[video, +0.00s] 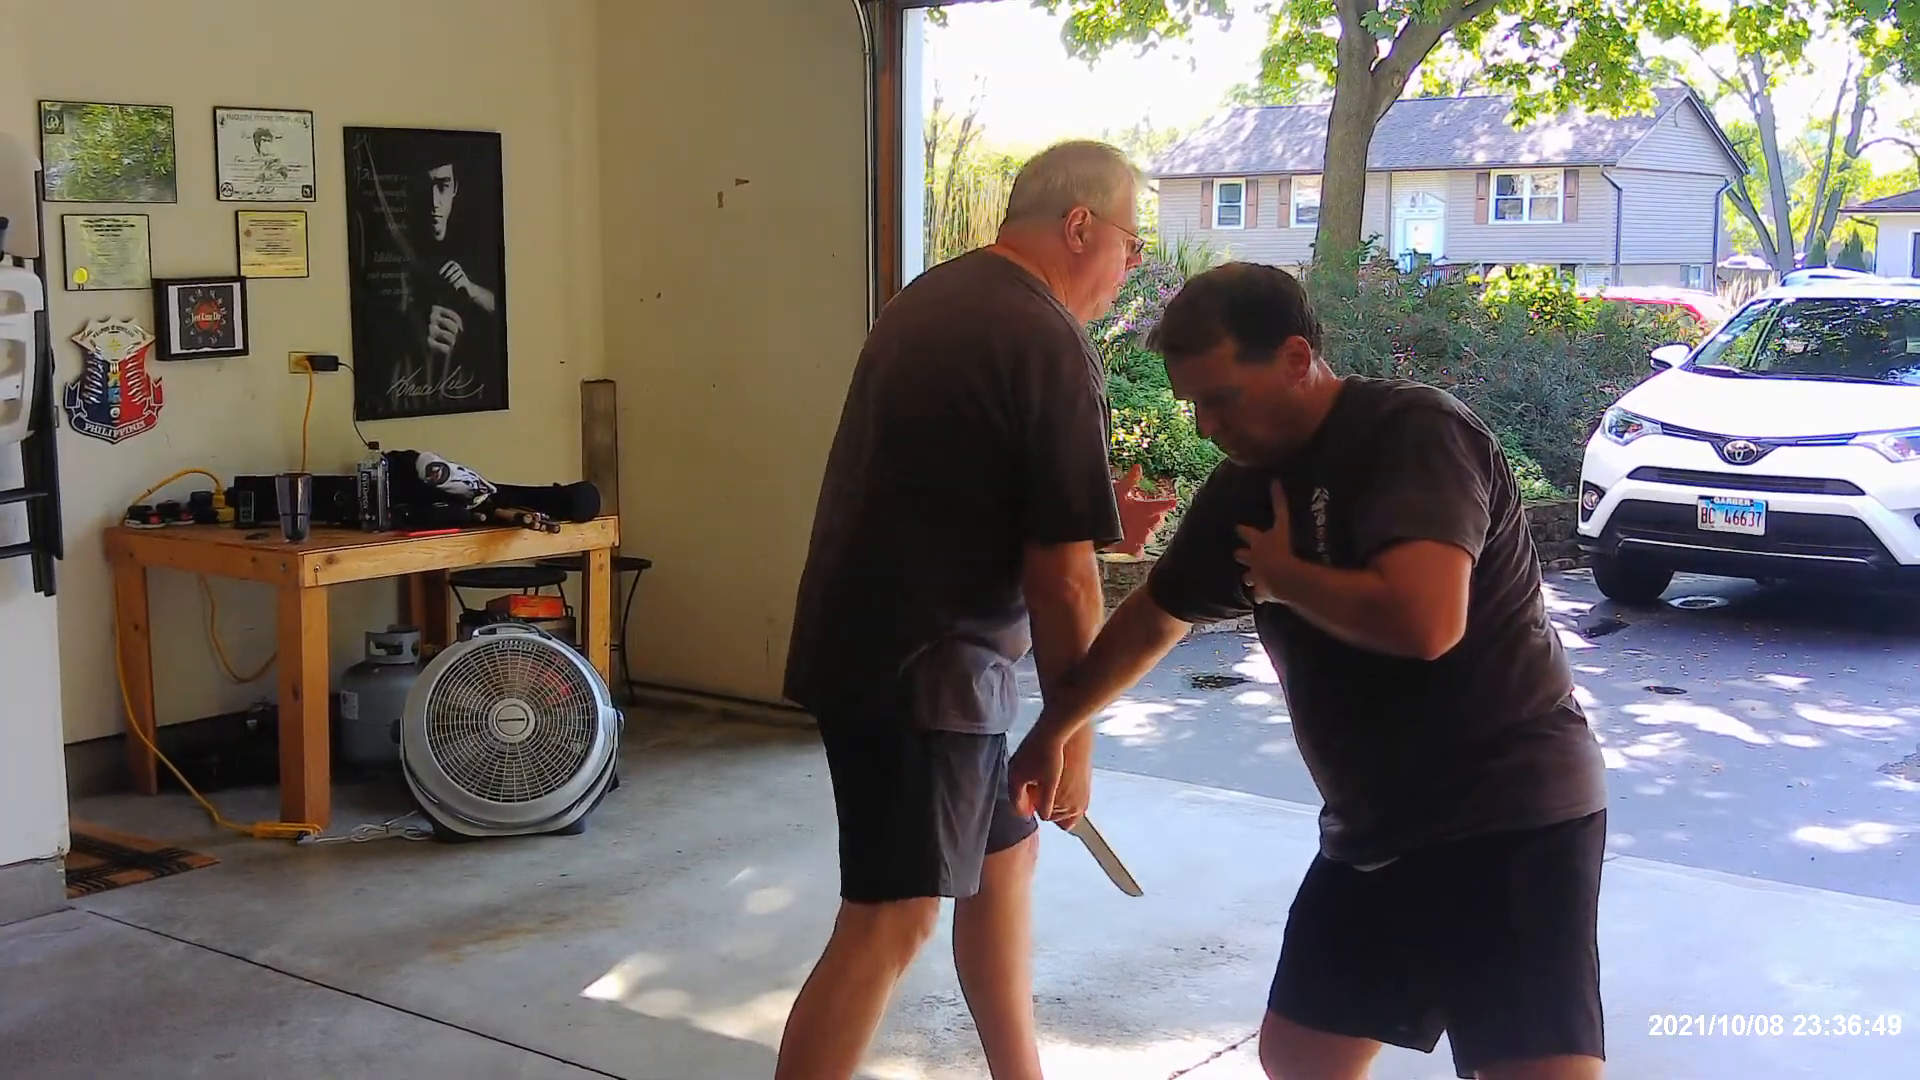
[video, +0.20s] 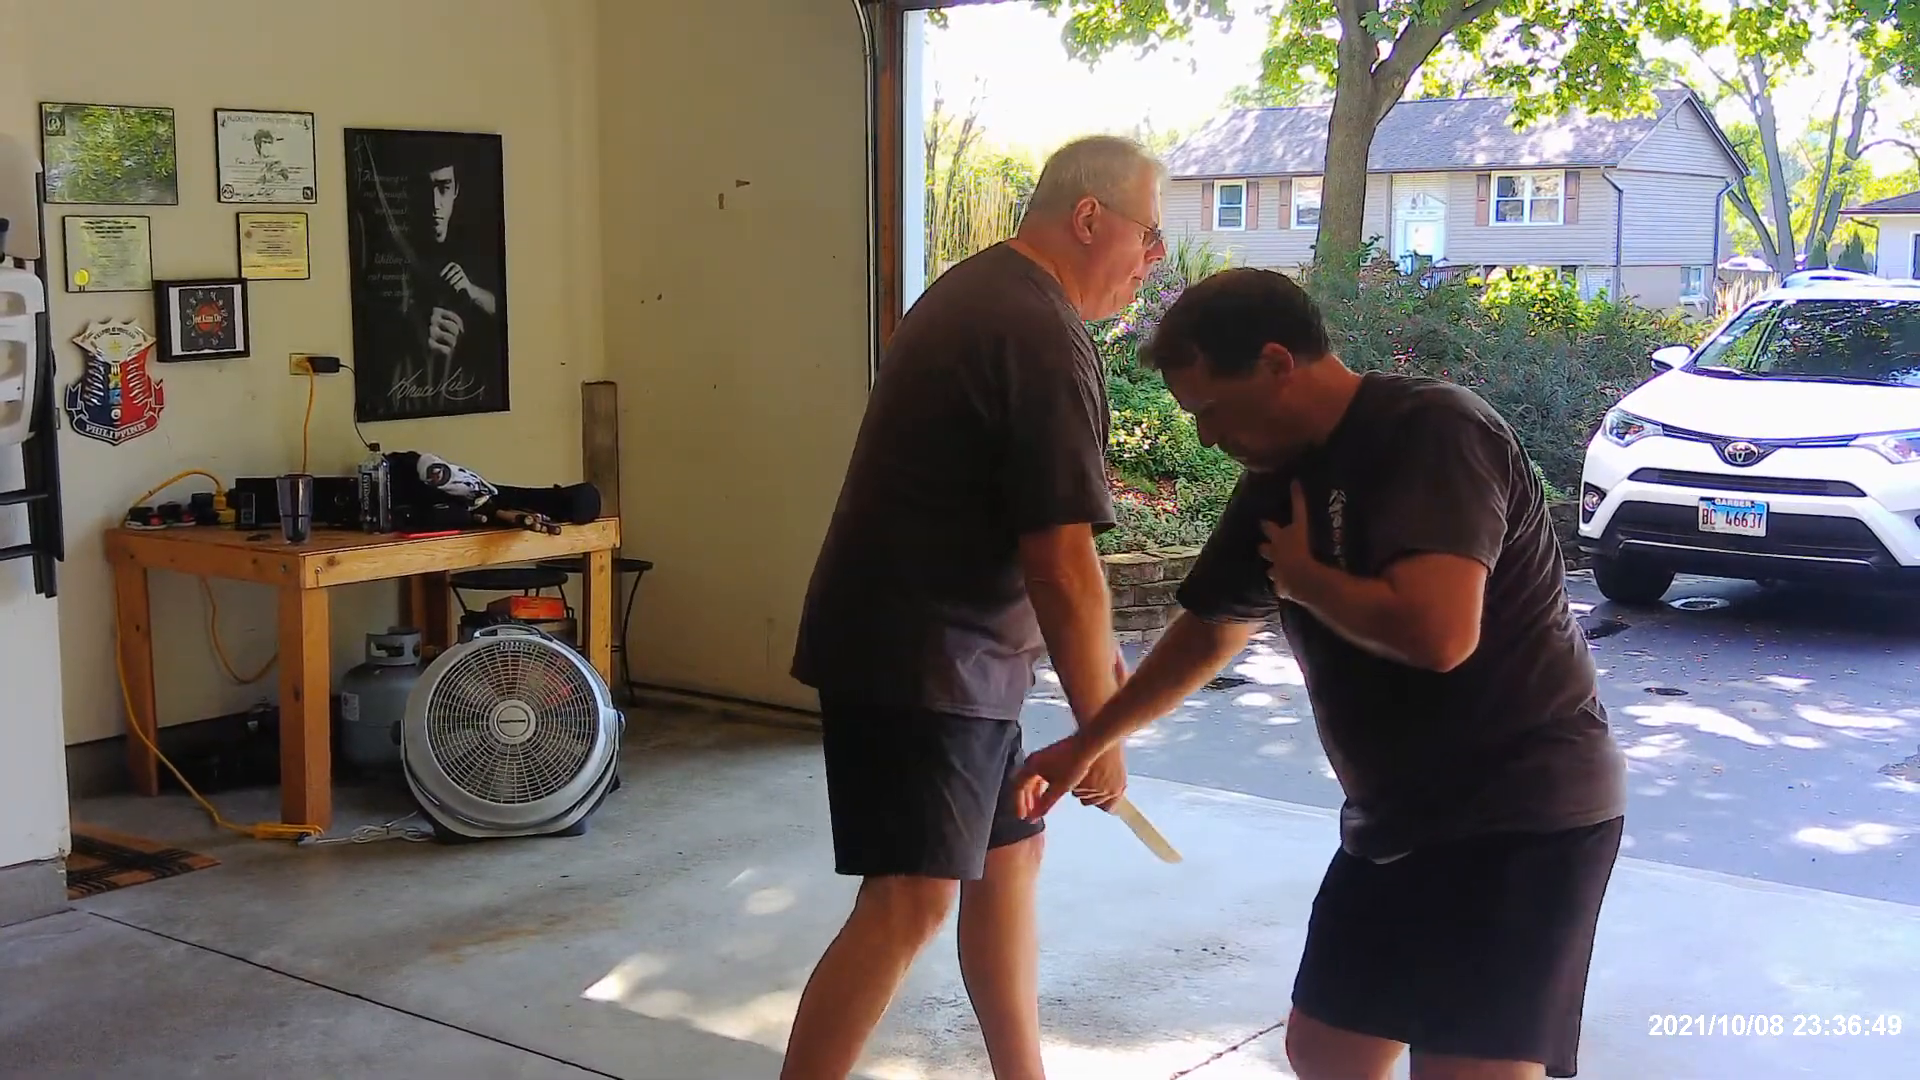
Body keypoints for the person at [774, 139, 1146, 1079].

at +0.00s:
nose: (1127, 273)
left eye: (1132, 251)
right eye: (1128, 247)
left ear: (1046, 221)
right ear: (1079, 226)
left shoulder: (932, 295)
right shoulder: (1043, 339)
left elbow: (941, 496)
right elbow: (1061, 573)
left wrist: (1087, 517)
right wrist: (1073, 732)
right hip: (925, 662)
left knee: (1005, 848)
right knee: (887, 921)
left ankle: (1019, 1069)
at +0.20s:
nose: (1154, 258)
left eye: (1156, 239)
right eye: (1147, 234)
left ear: (1073, 218)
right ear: (1088, 218)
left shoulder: (975, 289)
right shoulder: (1036, 329)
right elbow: (1060, 561)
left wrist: (1088, 656)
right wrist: (1102, 734)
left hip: (956, 648)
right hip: (917, 657)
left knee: (1008, 848)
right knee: (910, 899)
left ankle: (1021, 1071)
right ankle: (802, 1073)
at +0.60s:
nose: (1034, 210)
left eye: (1040, 193)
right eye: (1017, 190)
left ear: (1026, 200)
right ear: (948, 188)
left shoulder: (988, 313)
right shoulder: (904, 310)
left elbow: (1024, 497)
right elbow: (950, 513)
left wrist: (1056, 638)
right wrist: (1066, 641)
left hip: (958, 652)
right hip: (862, 658)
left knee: (997, 843)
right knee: (860, 867)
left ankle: (1020, 1073)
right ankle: (782, 1066)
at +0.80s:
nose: (933, 193)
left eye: (943, 175)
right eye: (908, 175)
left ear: (950, 185)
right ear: (850, 185)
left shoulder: (937, 300)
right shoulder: (812, 313)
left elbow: (988, 467)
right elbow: (827, 518)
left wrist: (1049, 614)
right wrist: (916, 675)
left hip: (926, 642)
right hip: (821, 651)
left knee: (961, 839)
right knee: (824, 852)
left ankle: (1000, 1068)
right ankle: (781, 1064)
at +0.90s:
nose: (896, 183)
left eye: (906, 165)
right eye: (871, 166)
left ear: (918, 177)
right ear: (818, 181)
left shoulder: (919, 295)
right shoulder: (778, 313)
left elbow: (966, 458)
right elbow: (759, 517)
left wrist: (1023, 605)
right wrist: (801, 689)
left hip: (914, 648)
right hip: (812, 662)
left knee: (951, 838)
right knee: (813, 851)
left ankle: (990, 1069)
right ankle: (781, 1064)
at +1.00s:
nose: (875, 182)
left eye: (885, 162)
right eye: (848, 166)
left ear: (899, 174)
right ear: (797, 183)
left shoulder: (903, 291)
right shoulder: (754, 311)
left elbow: (950, 456)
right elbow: (707, 509)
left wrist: (982, 604)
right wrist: (697, 692)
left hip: (916, 640)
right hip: (803, 657)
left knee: (948, 830)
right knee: (811, 845)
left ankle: (960, 1065)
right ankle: (782, 1062)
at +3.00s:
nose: (894, 167)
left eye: (889, 148)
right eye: (876, 150)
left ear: (819, 166)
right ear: (809, 166)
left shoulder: (866, 274)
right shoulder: (733, 295)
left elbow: (909, 429)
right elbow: (698, 505)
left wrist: (959, 544)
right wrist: (810, 646)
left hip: (872, 631)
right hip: (773, 647)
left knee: (883, 826)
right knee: (787, 854)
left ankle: (845, 1050)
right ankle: (750, 1072)